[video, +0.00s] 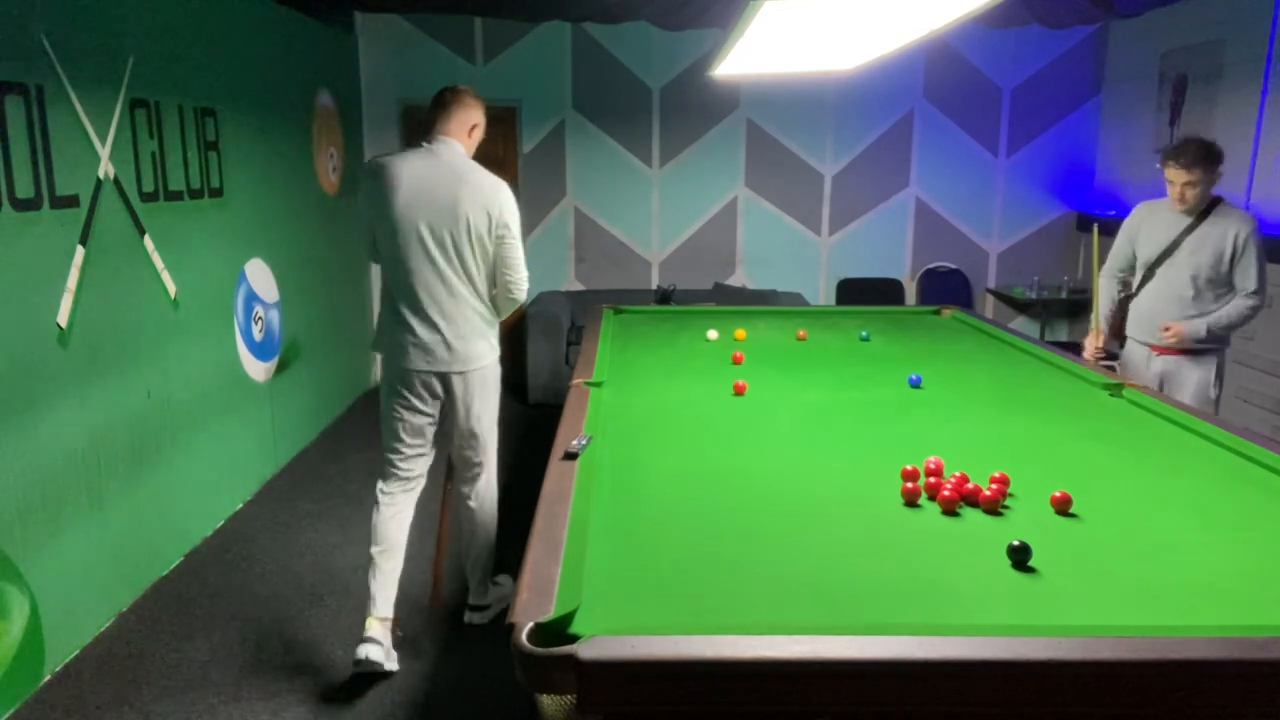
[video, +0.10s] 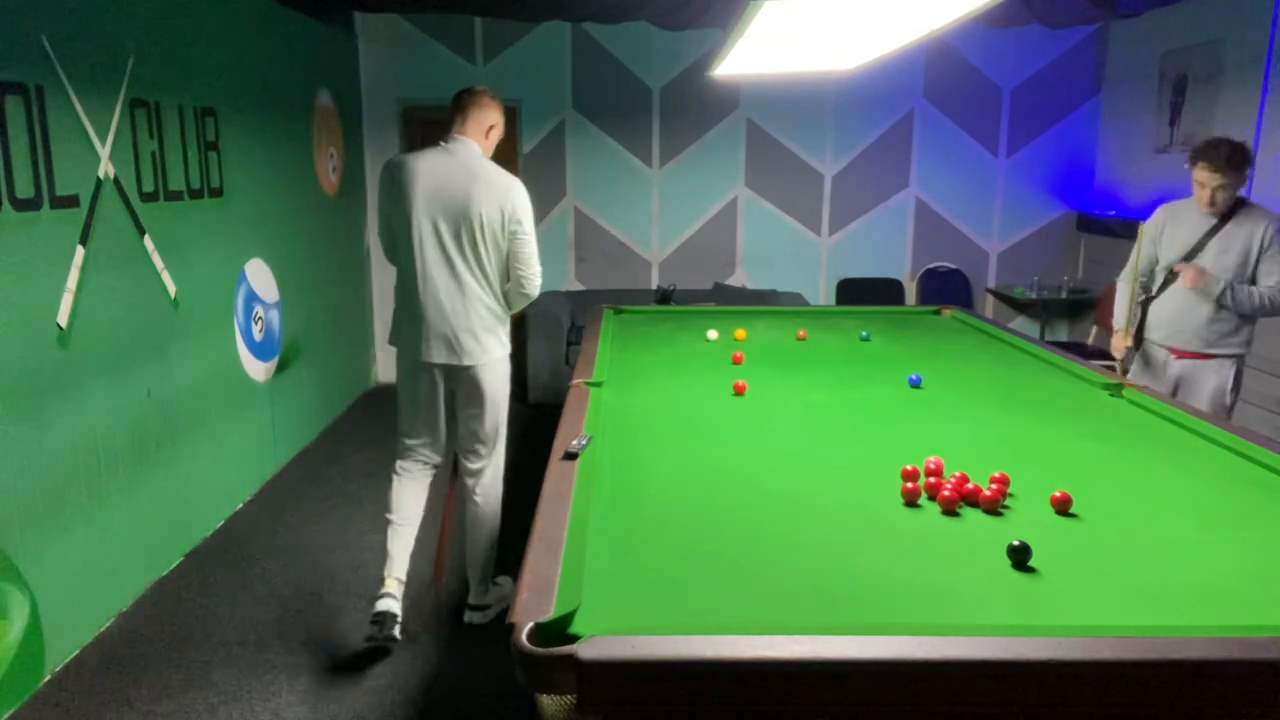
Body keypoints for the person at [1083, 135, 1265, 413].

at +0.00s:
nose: (1177, 194)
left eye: (1190, 185)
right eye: (1170, 183)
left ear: (1214, 179)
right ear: (1164, 176)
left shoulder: (1238, 228)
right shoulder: (1143, 215)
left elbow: (1251, 297)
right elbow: (1112, 275)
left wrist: (1198, 329)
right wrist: (1100, 329)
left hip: (1194, 366)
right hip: (1136, 357)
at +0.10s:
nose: (1208, 198)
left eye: (1221, 188)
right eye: (1200, 185)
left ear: (1242, 183)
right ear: (1192, 177)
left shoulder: (1263, 228)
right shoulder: (1165, 217)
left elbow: (1272, 298)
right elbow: (1132, 277)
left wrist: (1215, 286)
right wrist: (1121, 329)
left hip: (1212, 369)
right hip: (1150, 359)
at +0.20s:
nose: (1227, 201)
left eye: (1240, 192)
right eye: (1219, 188)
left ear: (1257, 185)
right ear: (1209, 176)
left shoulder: (1272, 227)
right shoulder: (1179, 216)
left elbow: (1275, 299)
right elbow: (1146, 275)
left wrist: (1229, 256)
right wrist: (1137, 319)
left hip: (1223, 371)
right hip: (1161, 358)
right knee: (1132, 453)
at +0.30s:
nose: (1241, 201)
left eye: (1254, 193)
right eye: (1234, 188)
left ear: (1269, 189)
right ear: (1222, 175)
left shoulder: (1274, 228)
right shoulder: (1189, 215)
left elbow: (1276, 302)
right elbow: (1153, 273)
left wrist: (1244, 244)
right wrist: (1147, 308)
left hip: (1232, 373)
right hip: (1170, 358)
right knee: (1145, 457)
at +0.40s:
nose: (1248, 201)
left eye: (1261, 194)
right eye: (1242, 189)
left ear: (1275, 191)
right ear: (1230, 177)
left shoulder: (1276, 231)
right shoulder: (1194, 216)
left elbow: (1278, 305)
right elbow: (1154, 273)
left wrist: (1251, 245)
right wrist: (1151, 304)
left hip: (1239, 373)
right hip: (1176, 359)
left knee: (1215, 465)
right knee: (1159, 458)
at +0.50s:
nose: (1257, 204)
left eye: (1270, 197)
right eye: (1250, 191)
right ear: (1238, 180)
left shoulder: (1276, 233)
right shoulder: (1200, 217)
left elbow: (1278, 308)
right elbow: (1155, 275)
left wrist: (1257, 250)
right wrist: (1159, 303)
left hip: (1247, 375)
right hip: (1184, 363)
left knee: (1223, 470)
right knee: (1171, 464)